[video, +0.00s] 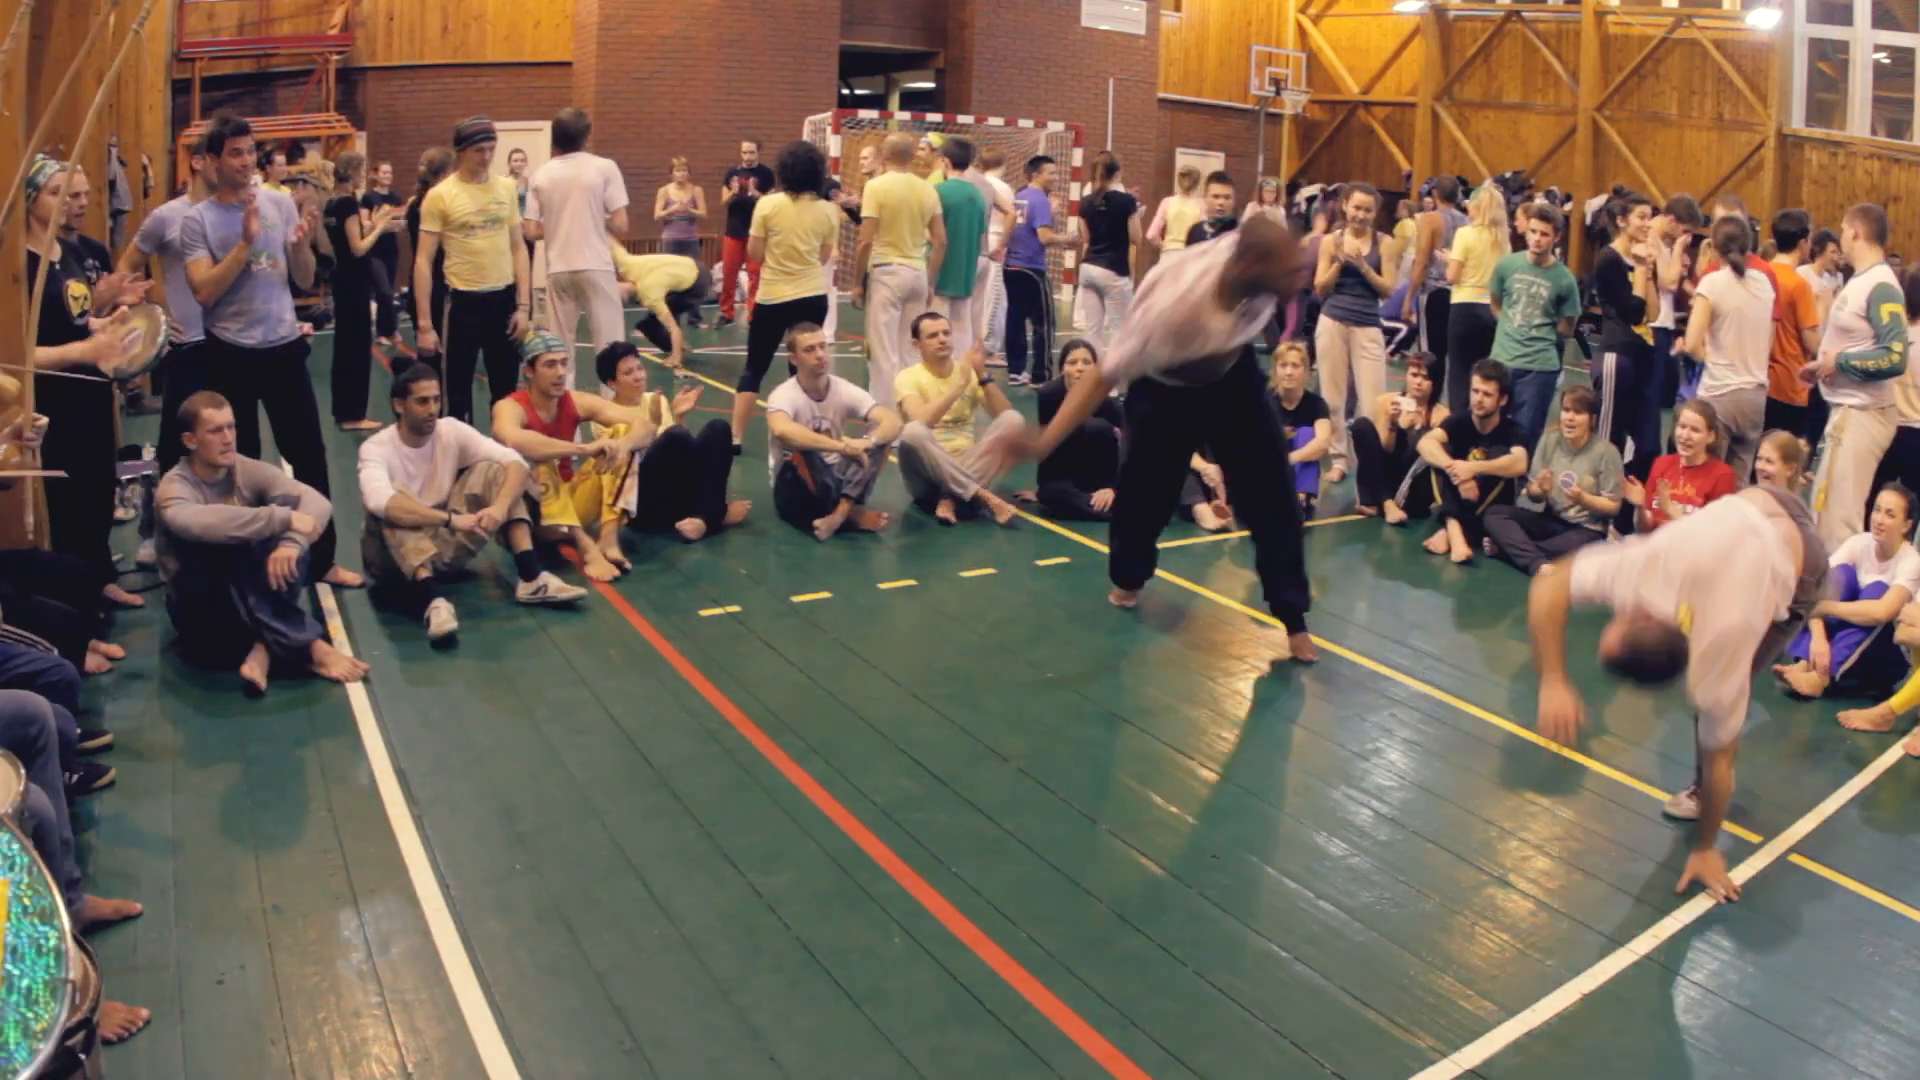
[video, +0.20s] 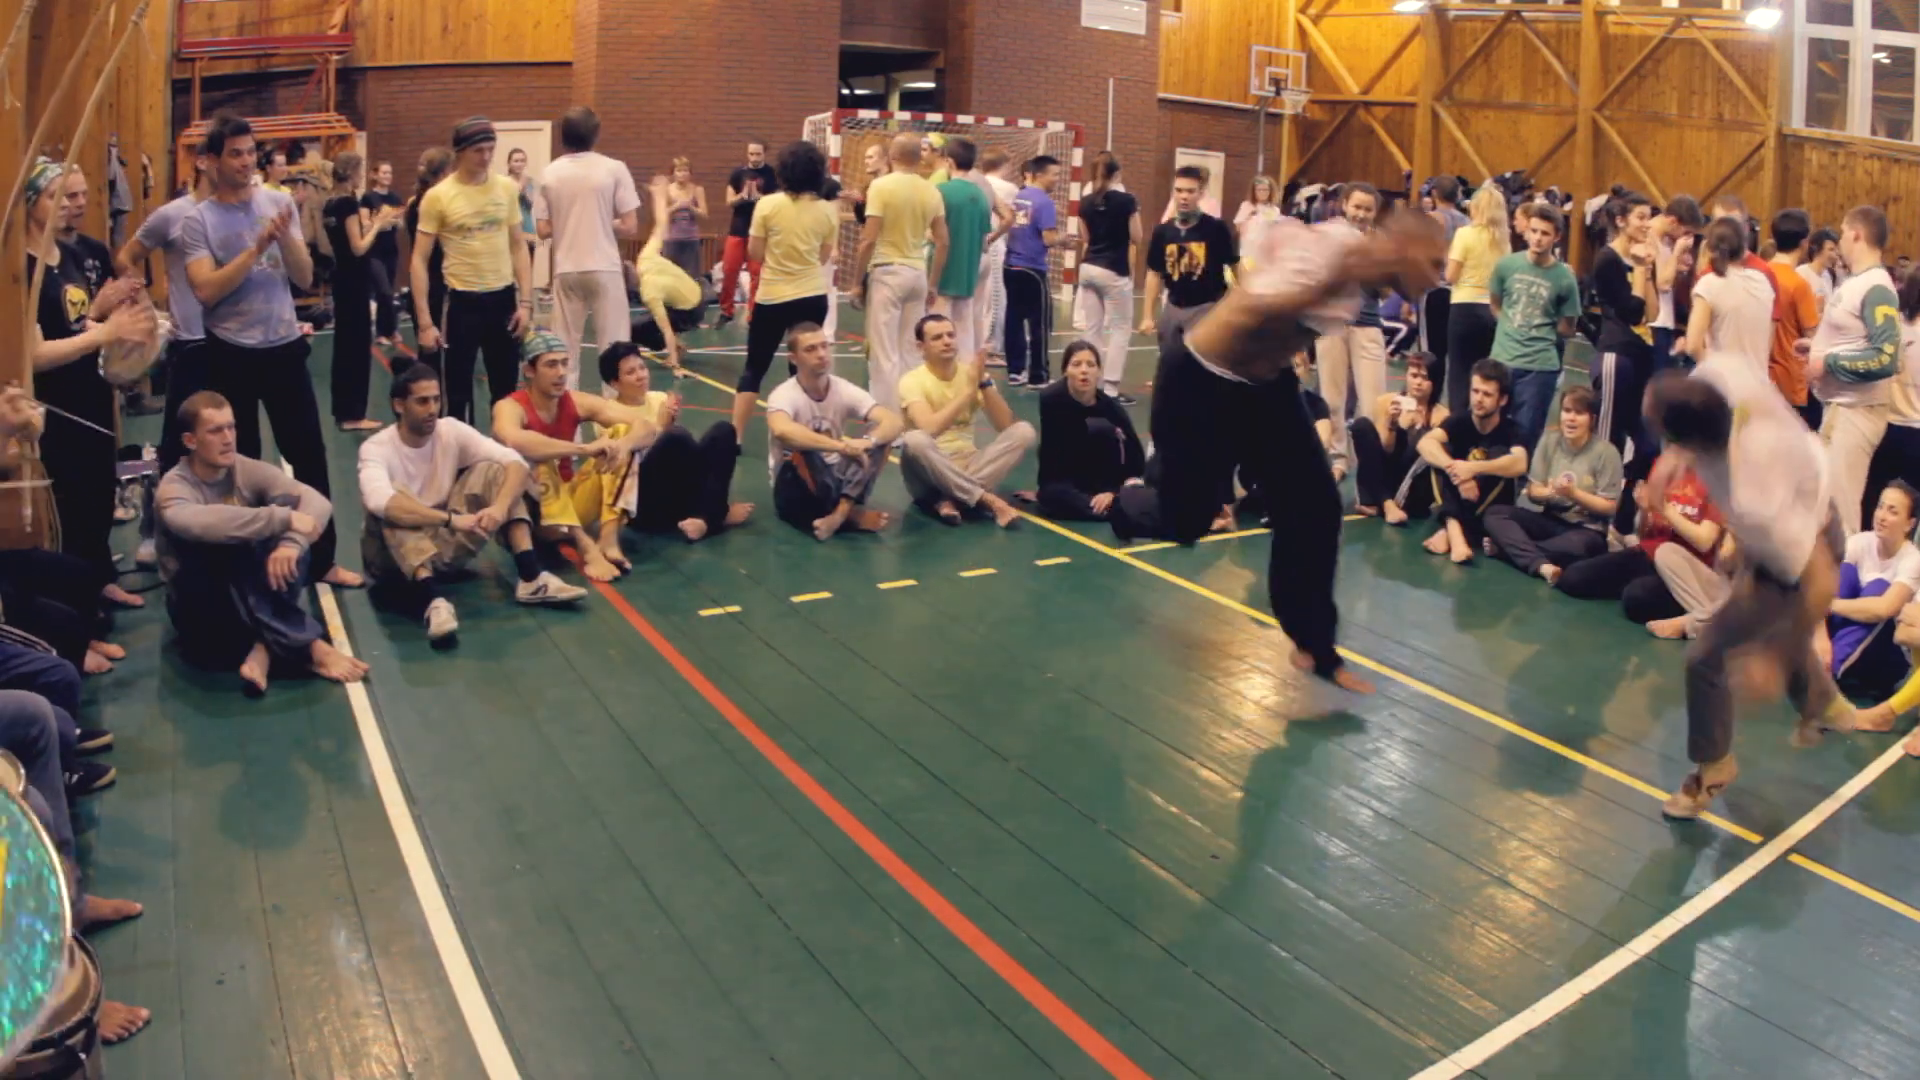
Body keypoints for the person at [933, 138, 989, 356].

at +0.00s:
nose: (940, 162)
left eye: (941, 158)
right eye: (941, 157)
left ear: (946, 161)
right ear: (968, 163)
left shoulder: (939, 191)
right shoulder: (978, 194)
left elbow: (937, 238)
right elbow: (982, 237)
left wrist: (929, 277)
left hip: (941, 271)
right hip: (967, 271)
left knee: (936, 328)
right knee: (962, 326)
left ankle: (937, 375)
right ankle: (964, 374)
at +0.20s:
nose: (943, 162)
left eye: (945, 158)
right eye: (944, 158)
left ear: (950, 161)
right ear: (972, 163)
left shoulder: (941, 192)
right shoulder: (981, 194)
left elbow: (938, 237)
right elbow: (986, 233)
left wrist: (932, 280)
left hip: (943, 271)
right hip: (970, 272)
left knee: (937, 328)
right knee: (965, 327)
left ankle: (938, 376)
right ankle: (967, 374)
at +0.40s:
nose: (946, 162)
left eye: (947, 158)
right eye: (946, 158)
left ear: (952, 161)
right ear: (975, 163)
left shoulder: (943, 192)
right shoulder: (984, 194)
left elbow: (937, 235)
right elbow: (991, 232)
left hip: (944, 272)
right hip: (972, 274)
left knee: (942, 330)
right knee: (968, 328)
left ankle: (942, 376)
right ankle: (969, 373)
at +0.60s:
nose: (948, 165)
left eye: (949, 160)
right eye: (948, 160)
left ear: (956, 163)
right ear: (976, 163)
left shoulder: (948, 192)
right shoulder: (986, 193)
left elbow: (941, 235)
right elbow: (992, 242)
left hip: (949, 272)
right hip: (976, 274)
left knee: (944, 332)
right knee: (970, 332)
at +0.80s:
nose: (947, 167)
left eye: (949, 161)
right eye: (947, 161)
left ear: (960, 164)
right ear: (974, 165)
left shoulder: (954, 191)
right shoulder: (987, 192)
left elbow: (952, 236)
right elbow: (997, 226)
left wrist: (934, 231)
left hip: (955, 275)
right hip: (980, 275)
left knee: (943, 335)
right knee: (968, 335)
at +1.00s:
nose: (946, 166)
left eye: (949, 161)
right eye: (947, 161)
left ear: (963, 165)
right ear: (967, 165)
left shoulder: (958, 191)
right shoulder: (985, 189)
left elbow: (961, 235)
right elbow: (1001, 220)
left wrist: (939, 232)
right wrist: (985, 239)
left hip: (959, 274)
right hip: (982, 273)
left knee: (947, 330)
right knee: (970, 330)